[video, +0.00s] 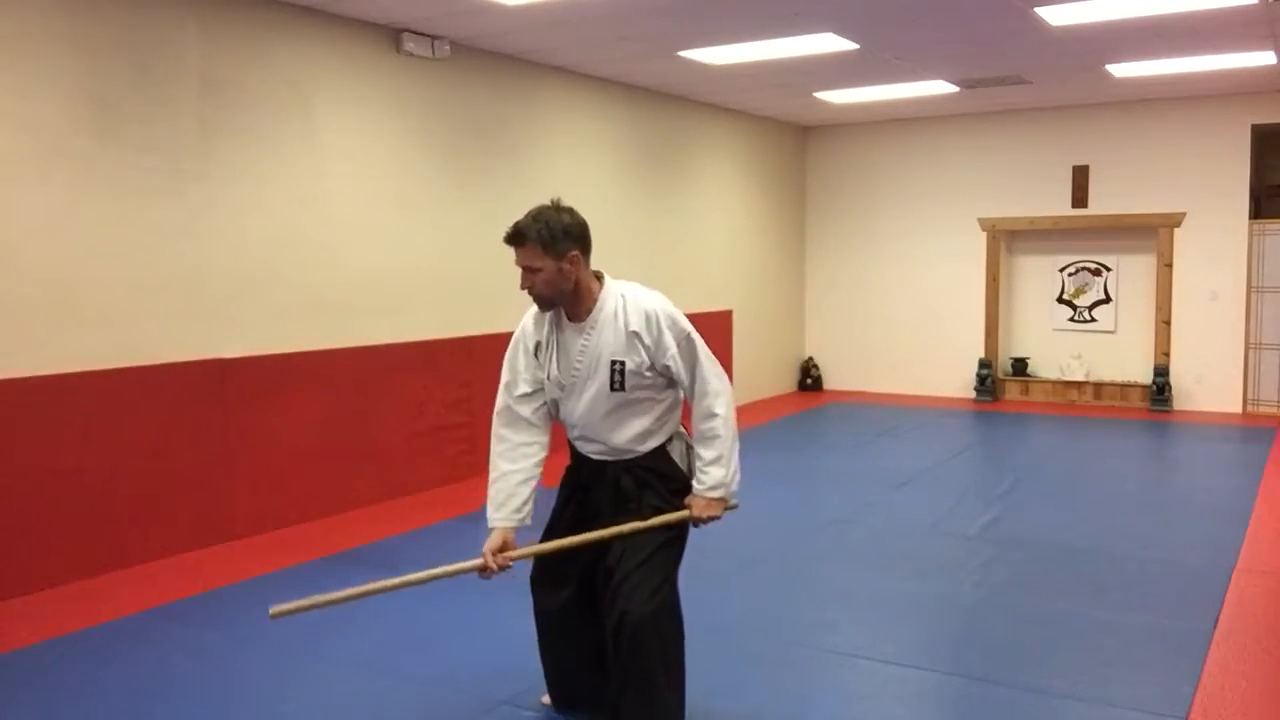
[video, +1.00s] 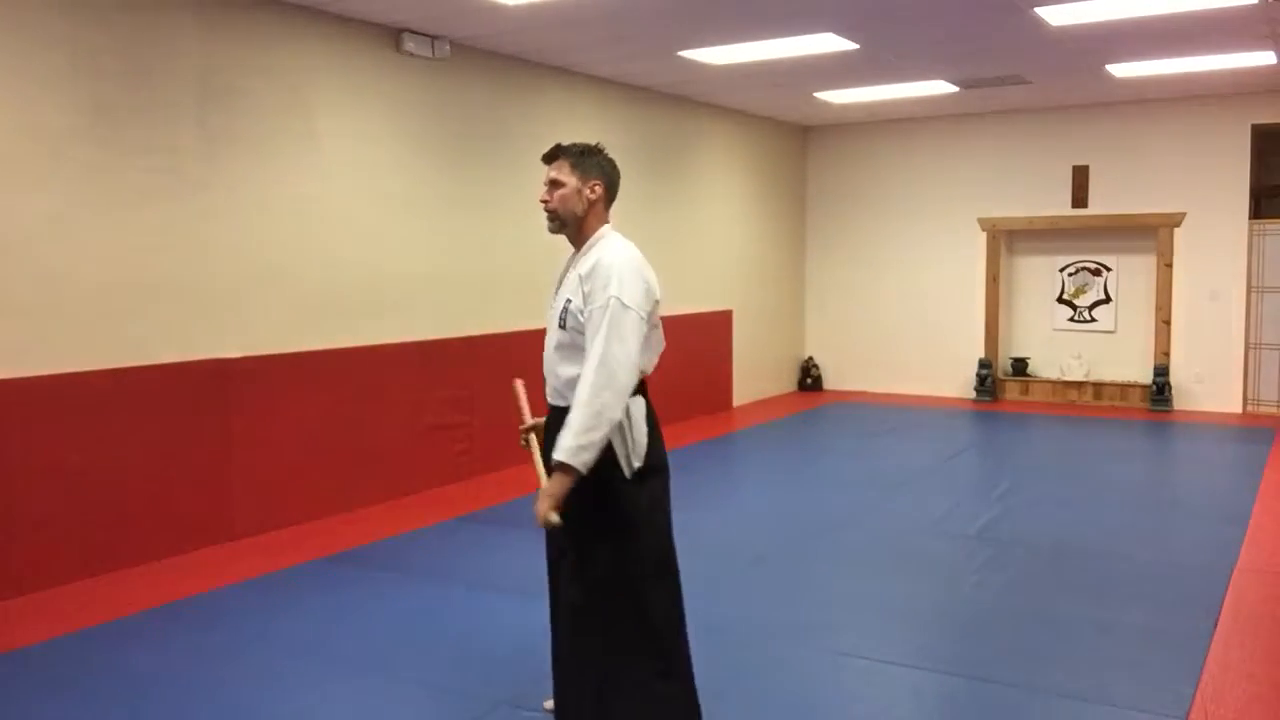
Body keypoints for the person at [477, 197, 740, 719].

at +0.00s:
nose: (524, 283)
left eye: (532, 271)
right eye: (521, 271)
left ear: (573, 264)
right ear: (566, 266)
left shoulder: (647, 314)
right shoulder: (535, 333)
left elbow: (712, 391)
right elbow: (519, 430)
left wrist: (713, 484)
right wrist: (503, 523)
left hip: (652, 478)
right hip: (587, 478)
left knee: (635, 608)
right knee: (554, 586)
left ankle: (647, 711)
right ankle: (579, 697)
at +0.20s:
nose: (533, 258)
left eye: (542, 246)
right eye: (531, 245)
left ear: (583, 245)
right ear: (567, 247)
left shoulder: (650, 307)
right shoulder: (542, 315)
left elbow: (708, 395)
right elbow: (517, 409)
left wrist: (702, 488)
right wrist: (491, 493)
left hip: (646, 473)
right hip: (583, 471)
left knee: (631, 611)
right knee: (560, 587)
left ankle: (645, 711)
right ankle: (577, 695)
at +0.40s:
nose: (543, 230)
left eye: (553, 217)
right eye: (542, 217)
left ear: (596, 219)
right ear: (583, 220)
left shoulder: (651, 293)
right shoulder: (556, 292)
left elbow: (698, 391)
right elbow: (530, 380)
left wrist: (682, 493)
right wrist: (498, 451)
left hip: (640, 466)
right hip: (581, 462)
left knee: (629, 622)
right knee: (572, 611)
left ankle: (639, 714)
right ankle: (578, 708)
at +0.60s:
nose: (548, 207)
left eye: (559, 195)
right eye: (547, 195)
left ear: (600, 199)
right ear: (586, 201)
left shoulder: (646, 277)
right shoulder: (575, 273)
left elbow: (672, 389)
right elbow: (558, 359)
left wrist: (651, 494)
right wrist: (522, 421)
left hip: (632, 452)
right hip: (582, 446)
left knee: (631, 603)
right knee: (578, 591)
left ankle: (638, 707)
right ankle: (590, 695)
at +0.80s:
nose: (548, 195)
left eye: (560, 185)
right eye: (548, 184)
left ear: (600, 191)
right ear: (584, 193)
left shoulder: (633, 270)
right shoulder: (584, 265)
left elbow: (634, 386)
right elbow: (590, 366)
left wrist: (603, 482)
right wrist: (548, 413)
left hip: (625, 446)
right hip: (583, 437)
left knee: (630, 601)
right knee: (584, 595)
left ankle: (638, 707)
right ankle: (585, 700)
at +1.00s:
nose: (544, 196)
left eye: (556, 186)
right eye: (545, 185)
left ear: (594, 192)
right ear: (584, 195)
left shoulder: (617, 266)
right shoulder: (584, 261)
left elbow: (607, 380)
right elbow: (588, 363)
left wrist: (563, 474)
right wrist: (555, 418)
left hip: (613, 446)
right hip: (580, 438)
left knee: (622, 598)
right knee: (585, 592)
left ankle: (633, 706)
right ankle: (586, 698)